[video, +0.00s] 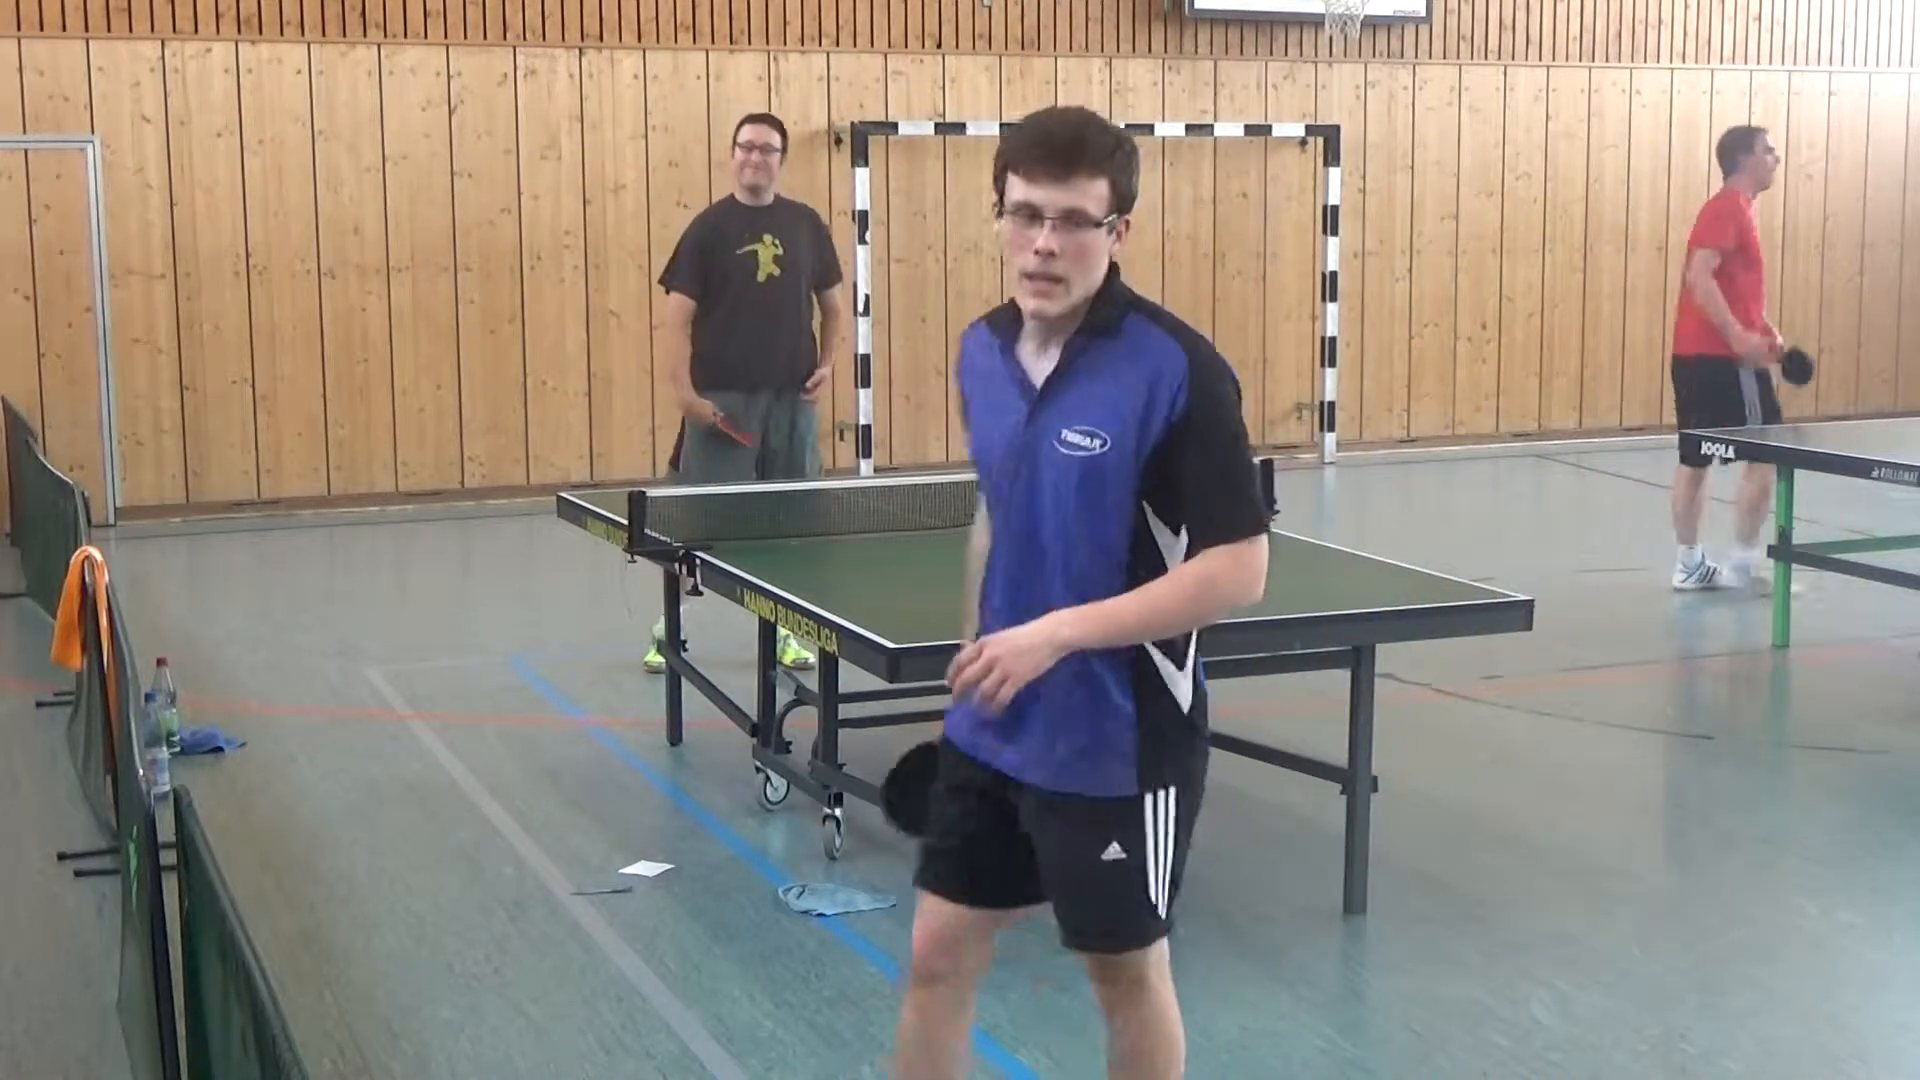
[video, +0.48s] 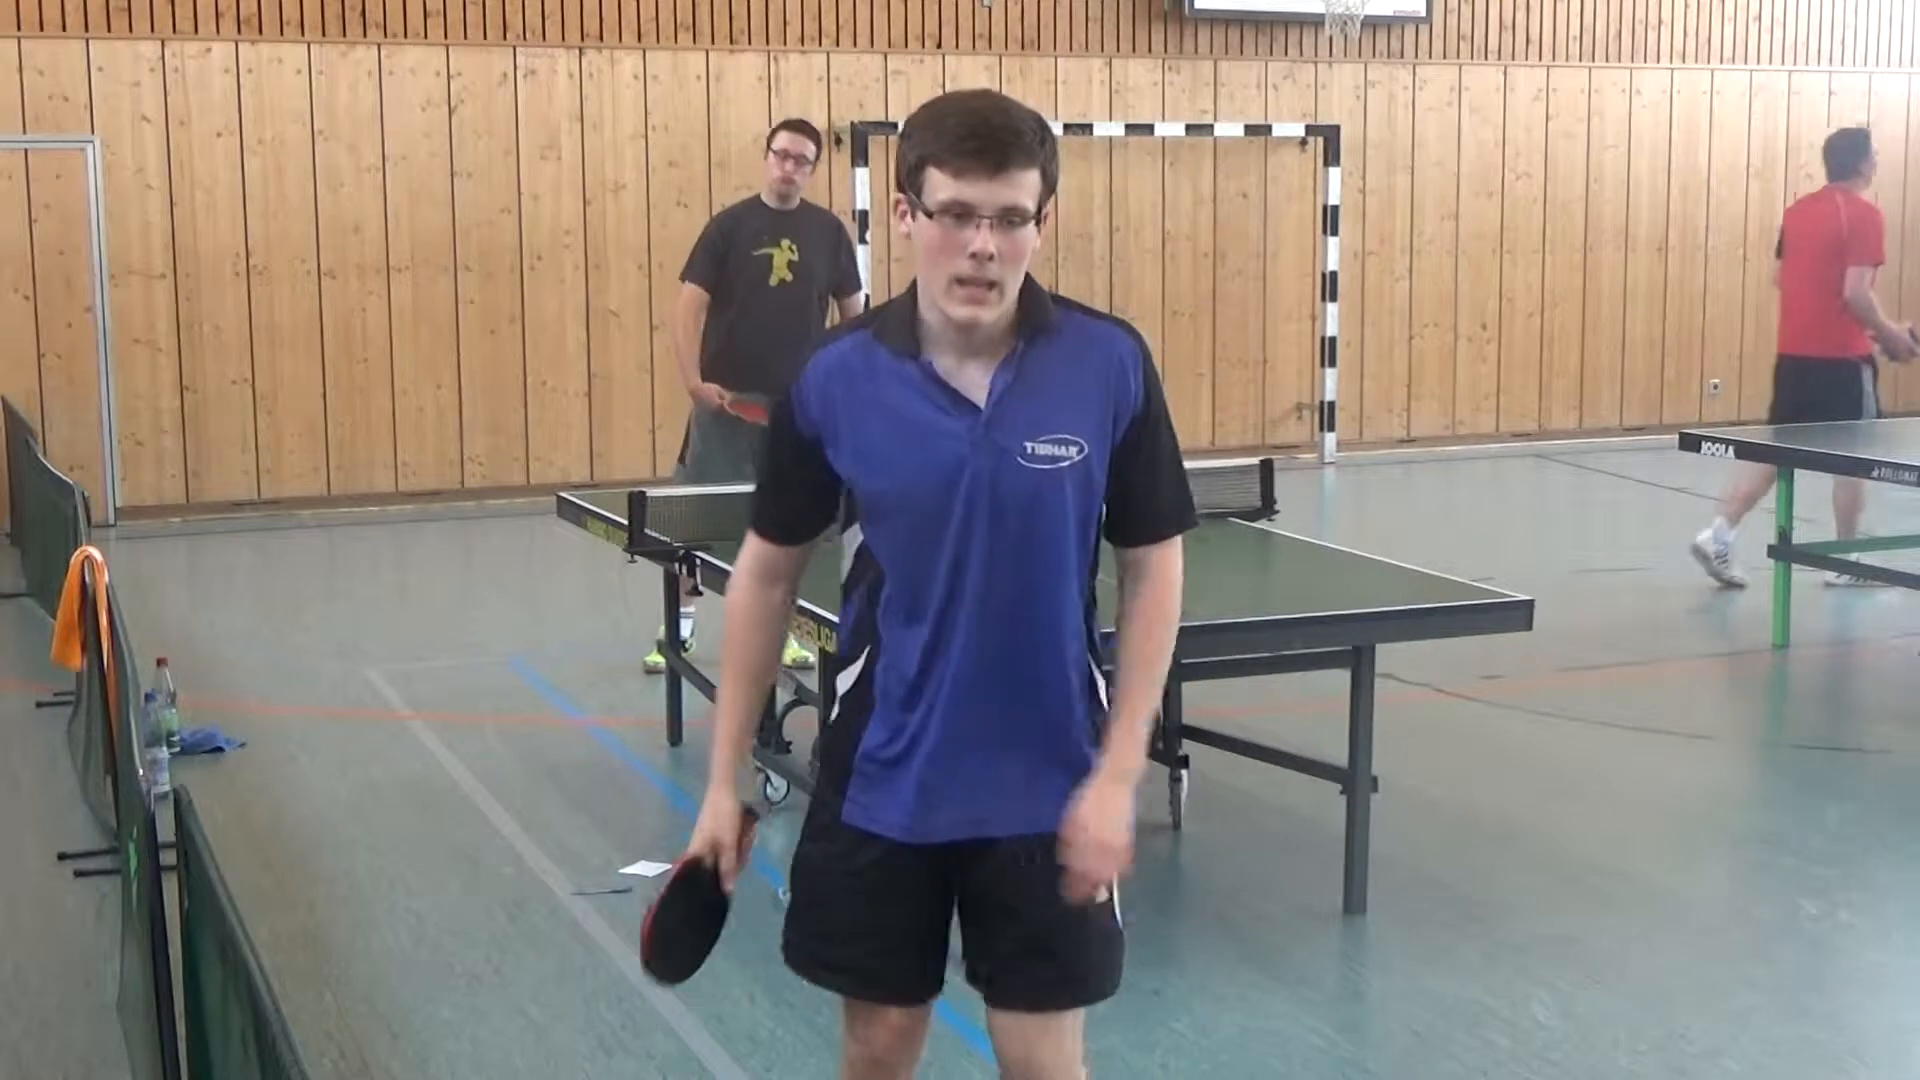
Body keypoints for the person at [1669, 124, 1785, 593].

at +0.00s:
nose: (1777, 159)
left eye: (1773, 151)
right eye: (1769, 151)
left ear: (1745, 161)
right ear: (1747, 159)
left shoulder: (1734, 210)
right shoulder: (1729, 209)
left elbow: (1733, 285)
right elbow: (1698, 275)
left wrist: (1764, 329)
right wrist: (1737, 336)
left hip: (1697, 355)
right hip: (1726, 357)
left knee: (1694, 459)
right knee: (1765, 455)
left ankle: (1689, 564)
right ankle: (1743, 564)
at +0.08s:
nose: (1787, 163)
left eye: (1785, 155)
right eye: (1781, 155)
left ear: (1745, 164)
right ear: (1760, 162)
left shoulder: (1720, 210)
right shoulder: (1748, 209)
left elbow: (1724, 287)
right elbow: (1727, 278)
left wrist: (1780, 341)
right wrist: (1773, 336)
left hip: (1701, 360)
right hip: (1742, 360)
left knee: (1693, 460)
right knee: (1776, 461)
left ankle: (1690, 564)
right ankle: (1797, 564)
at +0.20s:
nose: (1809, 168)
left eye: (1806, 160)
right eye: (1804, 160)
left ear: (1762, 167)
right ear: (1790, 166)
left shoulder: (1732, 213)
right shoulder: (1783, 213)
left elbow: (1725, 296)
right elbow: (1773, 288)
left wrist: (1800, 333)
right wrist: (1813, 333)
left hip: (1718, 365)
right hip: (1766, 368)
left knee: (1701, 463)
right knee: (1798, 469)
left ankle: (1692, 564)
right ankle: (1834, 555)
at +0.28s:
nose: (1824, 169)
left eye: (1822, 160)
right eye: (1821, 161)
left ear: (1777, 169)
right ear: (1808, 167)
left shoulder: (1748, 215)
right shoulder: (1804, 215)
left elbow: (1759, 293)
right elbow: (1799, 291)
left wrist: (1827, 328)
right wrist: (1836, 335)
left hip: (1737, 366)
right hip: (1787, 370)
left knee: (1716, 463)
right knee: (1811, 467)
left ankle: (1695, 563)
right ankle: (1839, 557)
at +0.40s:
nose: (1855, 168)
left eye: (1852, 160)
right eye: (1851, 161)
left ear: (1808, 168)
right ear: (1840, 167)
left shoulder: (1778, 212)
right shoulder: (1842, 215)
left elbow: (1772, 284)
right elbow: (1836, 295)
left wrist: (1854, 327)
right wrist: (1866, 336)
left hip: (1769, 362)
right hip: (1821, 365)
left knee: (1749, 455)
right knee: (1841, 465)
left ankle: (1702, 549)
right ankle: (1845, 560)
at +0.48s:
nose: (1877, 164)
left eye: (1874, 157)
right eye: (1874, 158)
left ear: (1829, 165)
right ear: (1865, 165)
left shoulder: (1799, 208)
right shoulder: (1864, 212)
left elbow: (1781, 277)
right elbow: (1855, 293)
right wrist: (1890, 334)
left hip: (1793, 357)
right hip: (1841, 359)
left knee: (1775, 450)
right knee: (1853, 461)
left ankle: (1718, 535)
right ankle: (1844, 560)